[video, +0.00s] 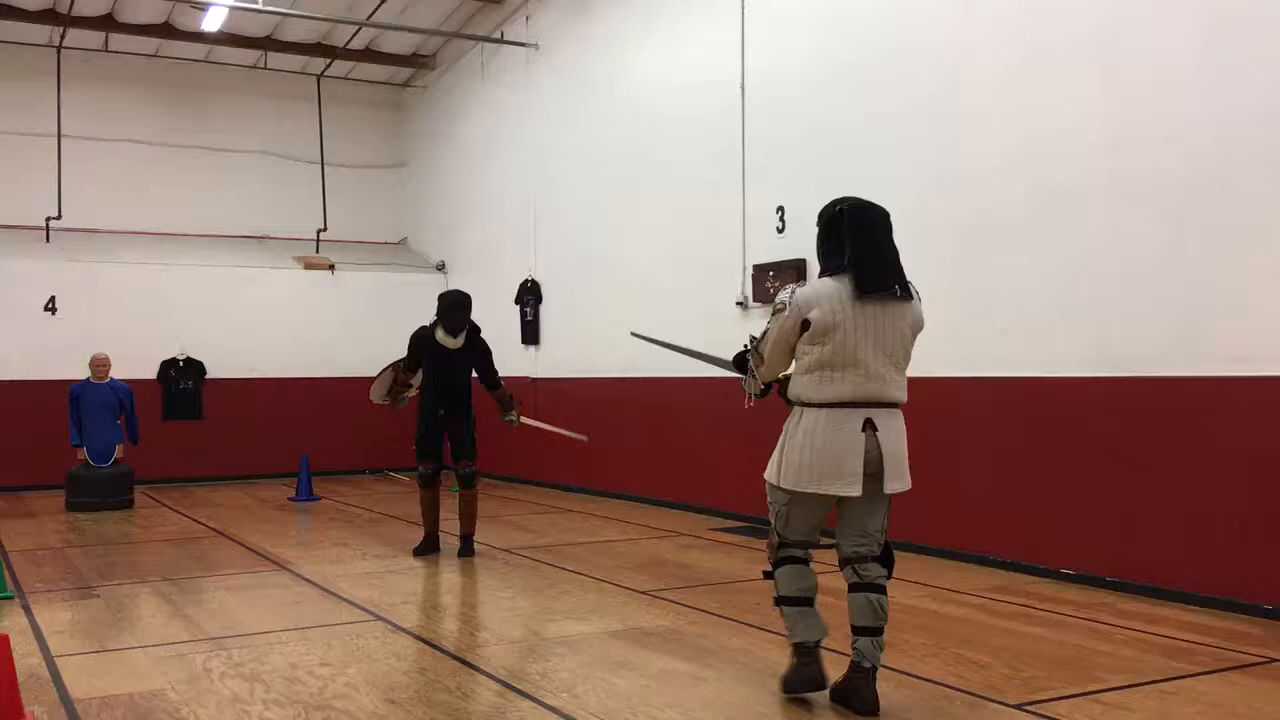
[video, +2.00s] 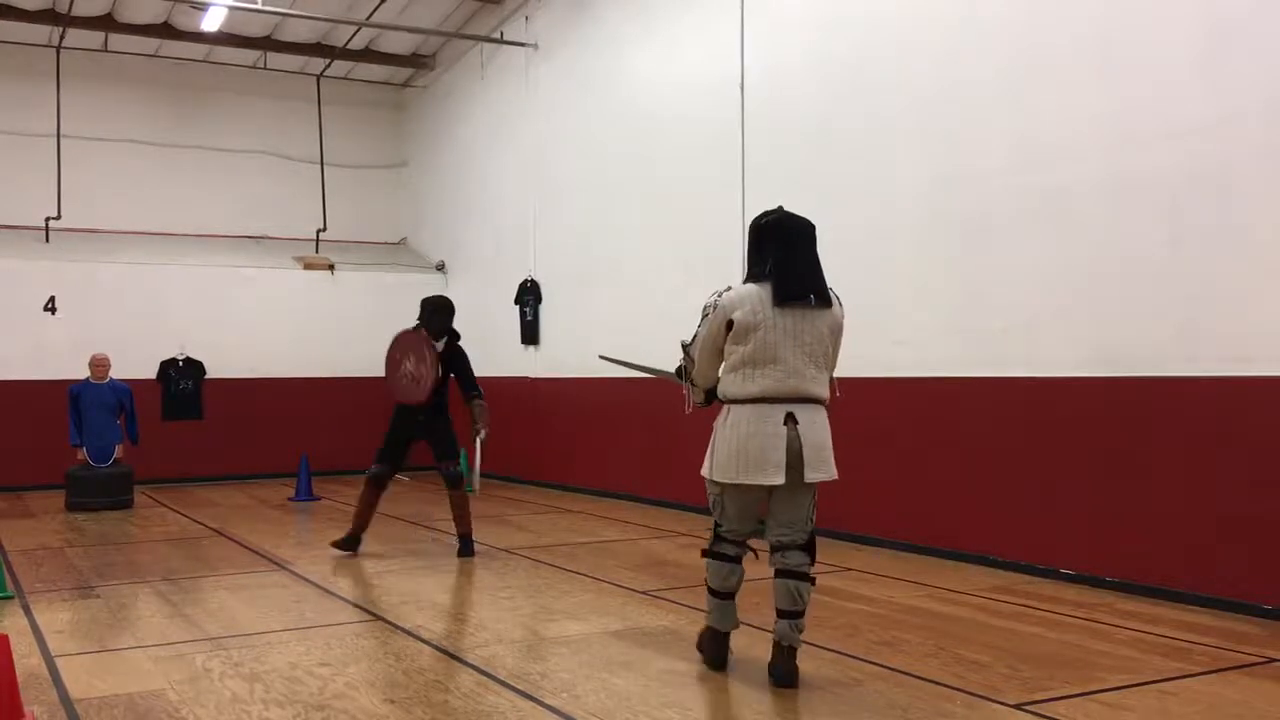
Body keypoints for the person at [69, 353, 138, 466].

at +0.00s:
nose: (100, 369)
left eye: (104, 366)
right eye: (97, 366)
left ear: (109, 367)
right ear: (90, 367)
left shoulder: (121, 389)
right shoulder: (78, 390)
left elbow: (129, 415)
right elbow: (74, 419)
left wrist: (133, 438)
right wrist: (78, 445)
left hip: (114, 446)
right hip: (87, 446)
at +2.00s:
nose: (100, 369)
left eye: (104, 366)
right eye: (97, 366)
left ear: (109, 367)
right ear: (90, 367)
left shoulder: (121, 390)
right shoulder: (77, 390)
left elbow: (129, 416)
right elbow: (74, 419)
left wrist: (133, 438)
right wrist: (78, 445)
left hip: (113, 445)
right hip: (87, 445)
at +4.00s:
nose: (100, 369)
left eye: (104, 366)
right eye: (97, 366)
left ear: (109, 367)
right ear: (90, 367)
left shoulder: (121, 389)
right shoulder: (77, 390)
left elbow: (130, 415)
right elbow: (74, 419)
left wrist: (133, 437)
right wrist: (78, 444)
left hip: (113, 444)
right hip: (88, 444)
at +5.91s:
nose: (100, 369)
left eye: (104, 366)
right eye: (96, 366)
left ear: (109, 367)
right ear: (89, 367)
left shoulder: (121, 389)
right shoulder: (77, 390)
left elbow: (130, 415)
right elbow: (74, 419)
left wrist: (133, 437)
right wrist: (78, 444)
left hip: (114, 445)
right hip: (87, 445)